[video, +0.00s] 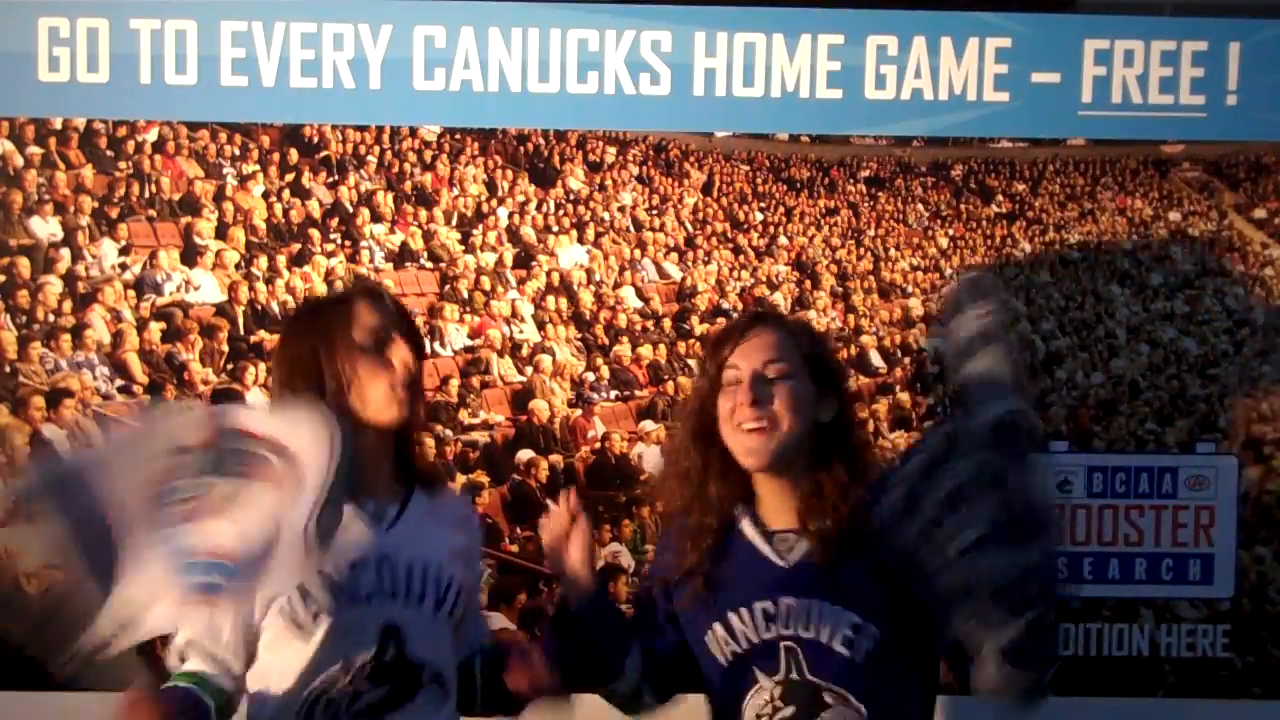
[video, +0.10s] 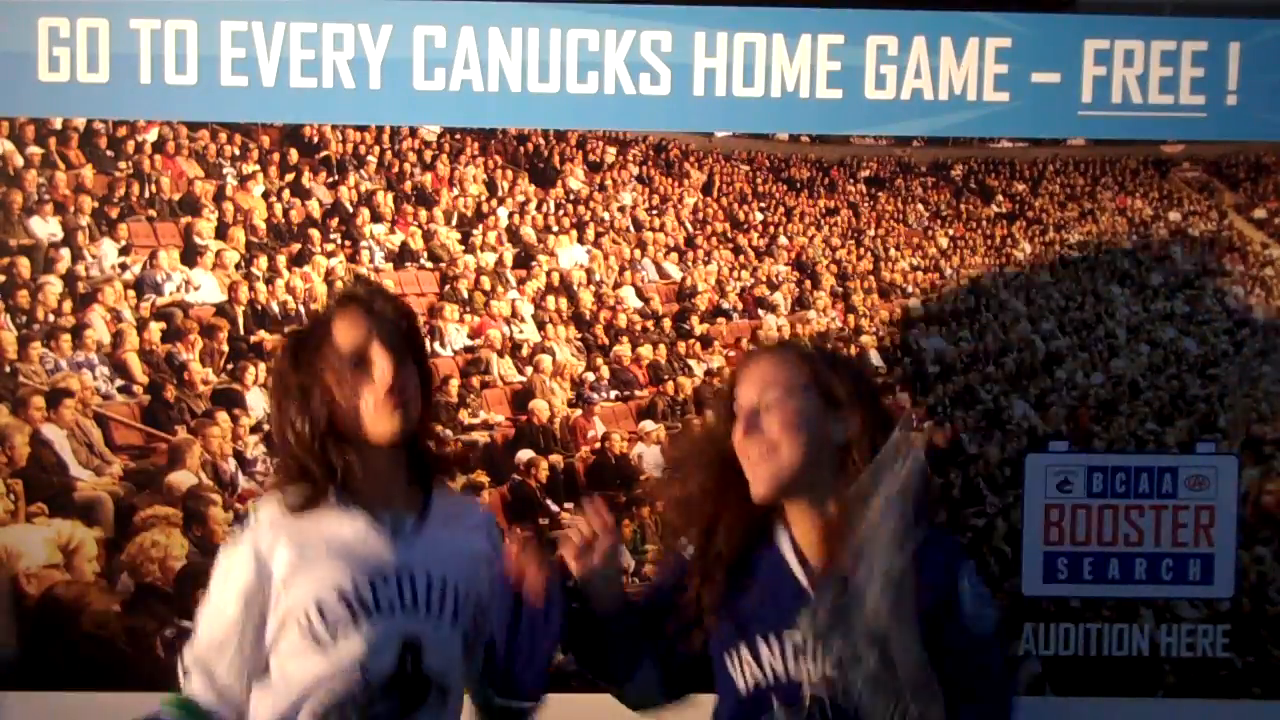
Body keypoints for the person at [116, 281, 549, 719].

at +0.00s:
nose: (407, 359)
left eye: (406, 339)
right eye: (376, 344)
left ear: (419, 354)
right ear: (321, 368)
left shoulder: (453, 519)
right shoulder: (272, 504)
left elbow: (460, 660)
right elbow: (211, 661)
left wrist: (505, 672)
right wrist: (181, 698)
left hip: (418, 716)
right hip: (284, 712)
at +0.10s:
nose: (389, 377)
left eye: (401, 355)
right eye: (358, 363)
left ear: (421, 371)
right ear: (316, 392)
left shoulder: (471, 526)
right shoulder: (270, 535)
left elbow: (509, 695)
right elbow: (211, 698)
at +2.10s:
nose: (438, 410)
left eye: (435, 392)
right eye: (414, 395)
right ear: (356, 414)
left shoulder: (476, 537)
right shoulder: (268, 567)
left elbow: (509, 699)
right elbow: (193, 713)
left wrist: (561, 664)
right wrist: (84, 685)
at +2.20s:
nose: (458, 363)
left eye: (453, 343)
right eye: (438, 344)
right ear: (377, 356)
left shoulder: (458, 496)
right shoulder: (256, 510)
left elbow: (475, 648)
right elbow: (215, 670)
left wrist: (548, 678)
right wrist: (200, 698)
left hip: (446, 714)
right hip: (308, 710)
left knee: (590, 696)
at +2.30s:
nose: (454, 363)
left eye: (449, 346)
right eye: (437, 347)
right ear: (378, 366)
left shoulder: (432, 493)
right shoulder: (264, 503)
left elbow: (439, 662)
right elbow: (212, 689)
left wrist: (526, 687)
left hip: (422, 709)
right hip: (302, 710)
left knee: (581, 690)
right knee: (573, 696)